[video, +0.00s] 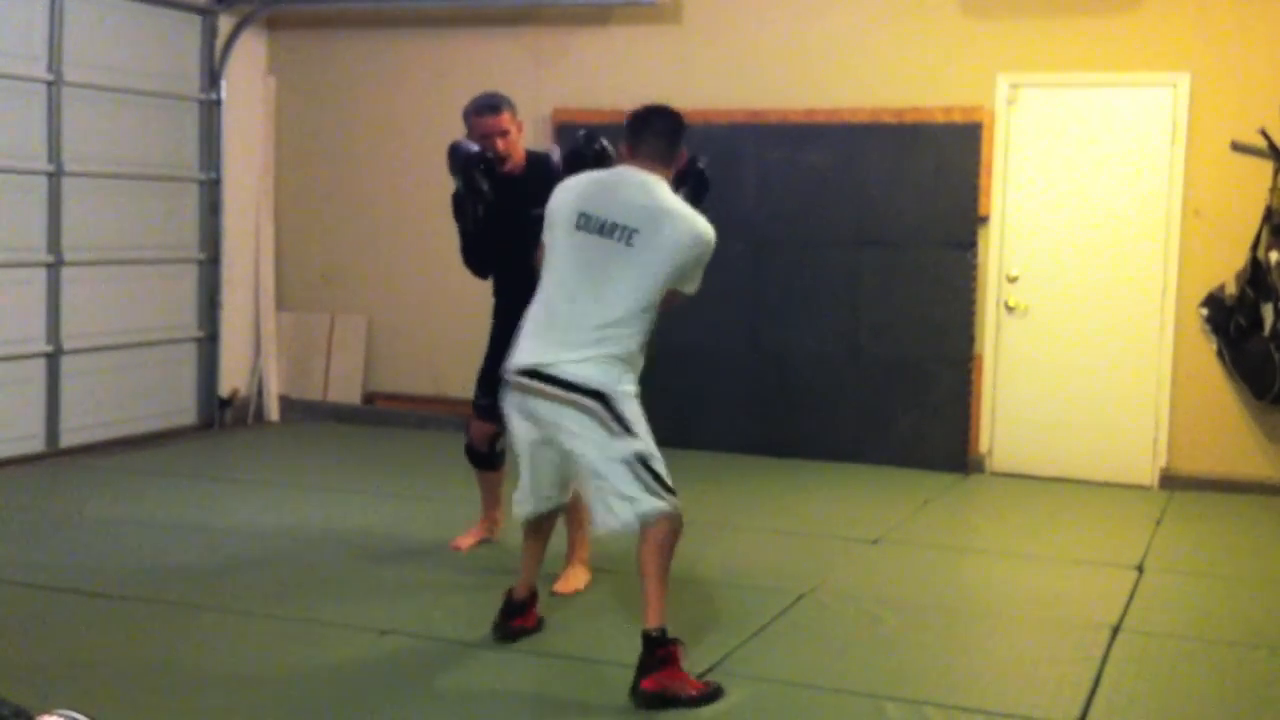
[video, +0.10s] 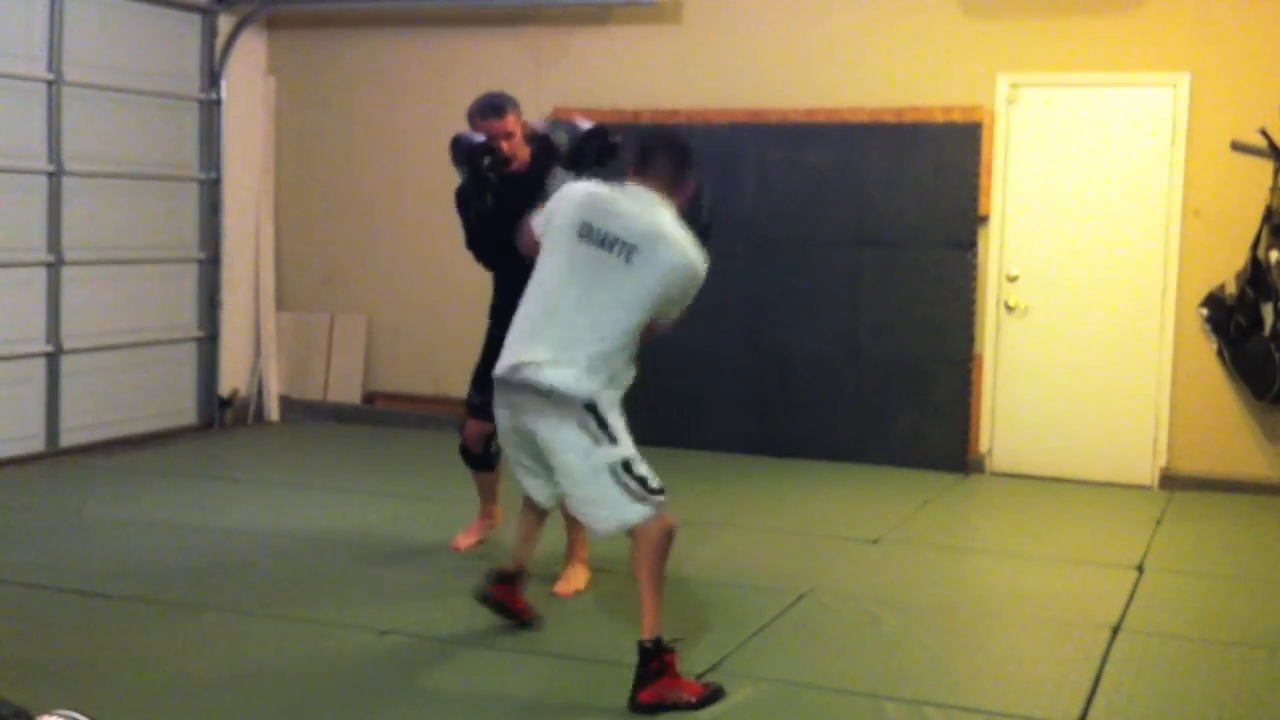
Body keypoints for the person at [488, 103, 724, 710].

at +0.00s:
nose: (663, 165)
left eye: (636, 150)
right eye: (677, 158)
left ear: (621, 148)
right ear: (681, 160)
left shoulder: (568, 190)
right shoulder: (692, 230)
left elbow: (548, 266)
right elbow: (668, 297)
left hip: (526, 372)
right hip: (597, 387)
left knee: (544, 493)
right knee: (661, 513)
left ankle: (519, 604)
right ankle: (657, 660)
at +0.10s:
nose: (682, 192)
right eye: (686, 184)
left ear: (632, 166)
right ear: (684, 186)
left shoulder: (575, 195)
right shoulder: (684, 255)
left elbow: (529, 240)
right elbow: (656, 323)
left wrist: (593, 251)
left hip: (514, 381)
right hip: (577, 394)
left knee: (540, 488)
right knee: (653, 523)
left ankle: (509, 581)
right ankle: (654, 669)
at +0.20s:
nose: (650, 215)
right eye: (651, 207)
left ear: (597, 190)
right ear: (646, 207)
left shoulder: (542, 221)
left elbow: (533, 200)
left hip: (510, 416)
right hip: (580, 425)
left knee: (502, 490)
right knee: (677, 530)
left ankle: (456, 580)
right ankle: (660, 668)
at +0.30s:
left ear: (525, 189)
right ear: (582, 192)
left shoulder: (490, 239)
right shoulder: (605, 247)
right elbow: (636, 331)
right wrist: (627, 374)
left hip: (519, 424)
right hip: (600, 421)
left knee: (493, 497)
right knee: (671, 528)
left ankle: (452, 593)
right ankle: (671, 654)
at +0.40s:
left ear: (454, 216)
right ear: (517, 199)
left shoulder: (445, 270)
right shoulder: (561, 236)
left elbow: (445, 368)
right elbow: (645, 284)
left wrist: (493, 362)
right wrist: (636, 230)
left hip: (519, 419)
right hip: (598, 413)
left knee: (478, 491)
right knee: (651, 516)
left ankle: (448, 594)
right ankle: (685, 626)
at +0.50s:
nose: (433, 244)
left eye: (432, 233)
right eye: (432, 233)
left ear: (443, 227)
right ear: (488, 210)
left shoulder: (454, 267)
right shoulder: (535, 237)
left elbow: (475, 343)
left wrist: (449, 397)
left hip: (503, 408)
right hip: (578, 401)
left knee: (462, 484)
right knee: (641, 500)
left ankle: (446, 592)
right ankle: (685, 605)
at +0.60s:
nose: (428, 227)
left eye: (427, 218)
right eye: (429, 217)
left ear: (435, 215)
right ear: (478, 197)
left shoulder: (443, 258)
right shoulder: (525, 225)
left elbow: (459, 347)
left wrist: (433, 336)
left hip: (506, 386)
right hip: (578, 373)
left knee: (461, 477)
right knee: (629, 472)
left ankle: (444, 592)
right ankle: (670, 584)